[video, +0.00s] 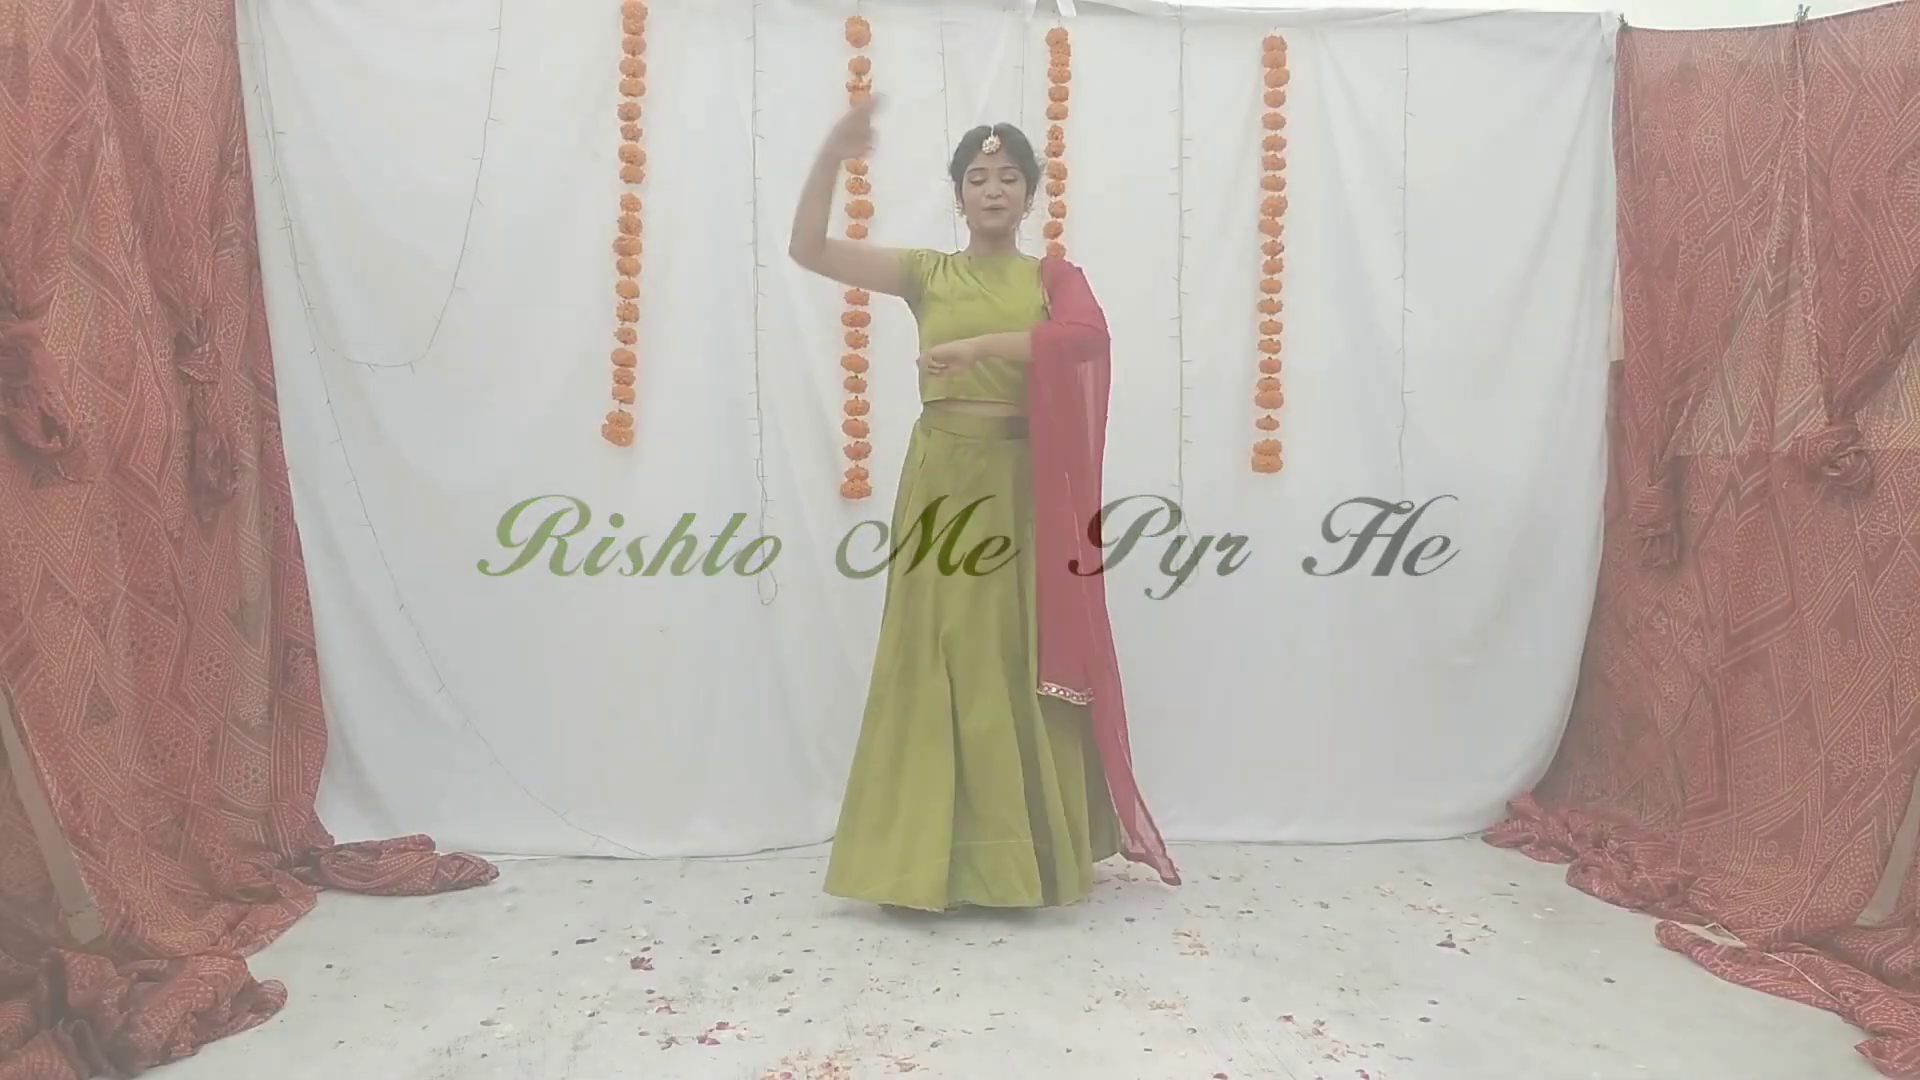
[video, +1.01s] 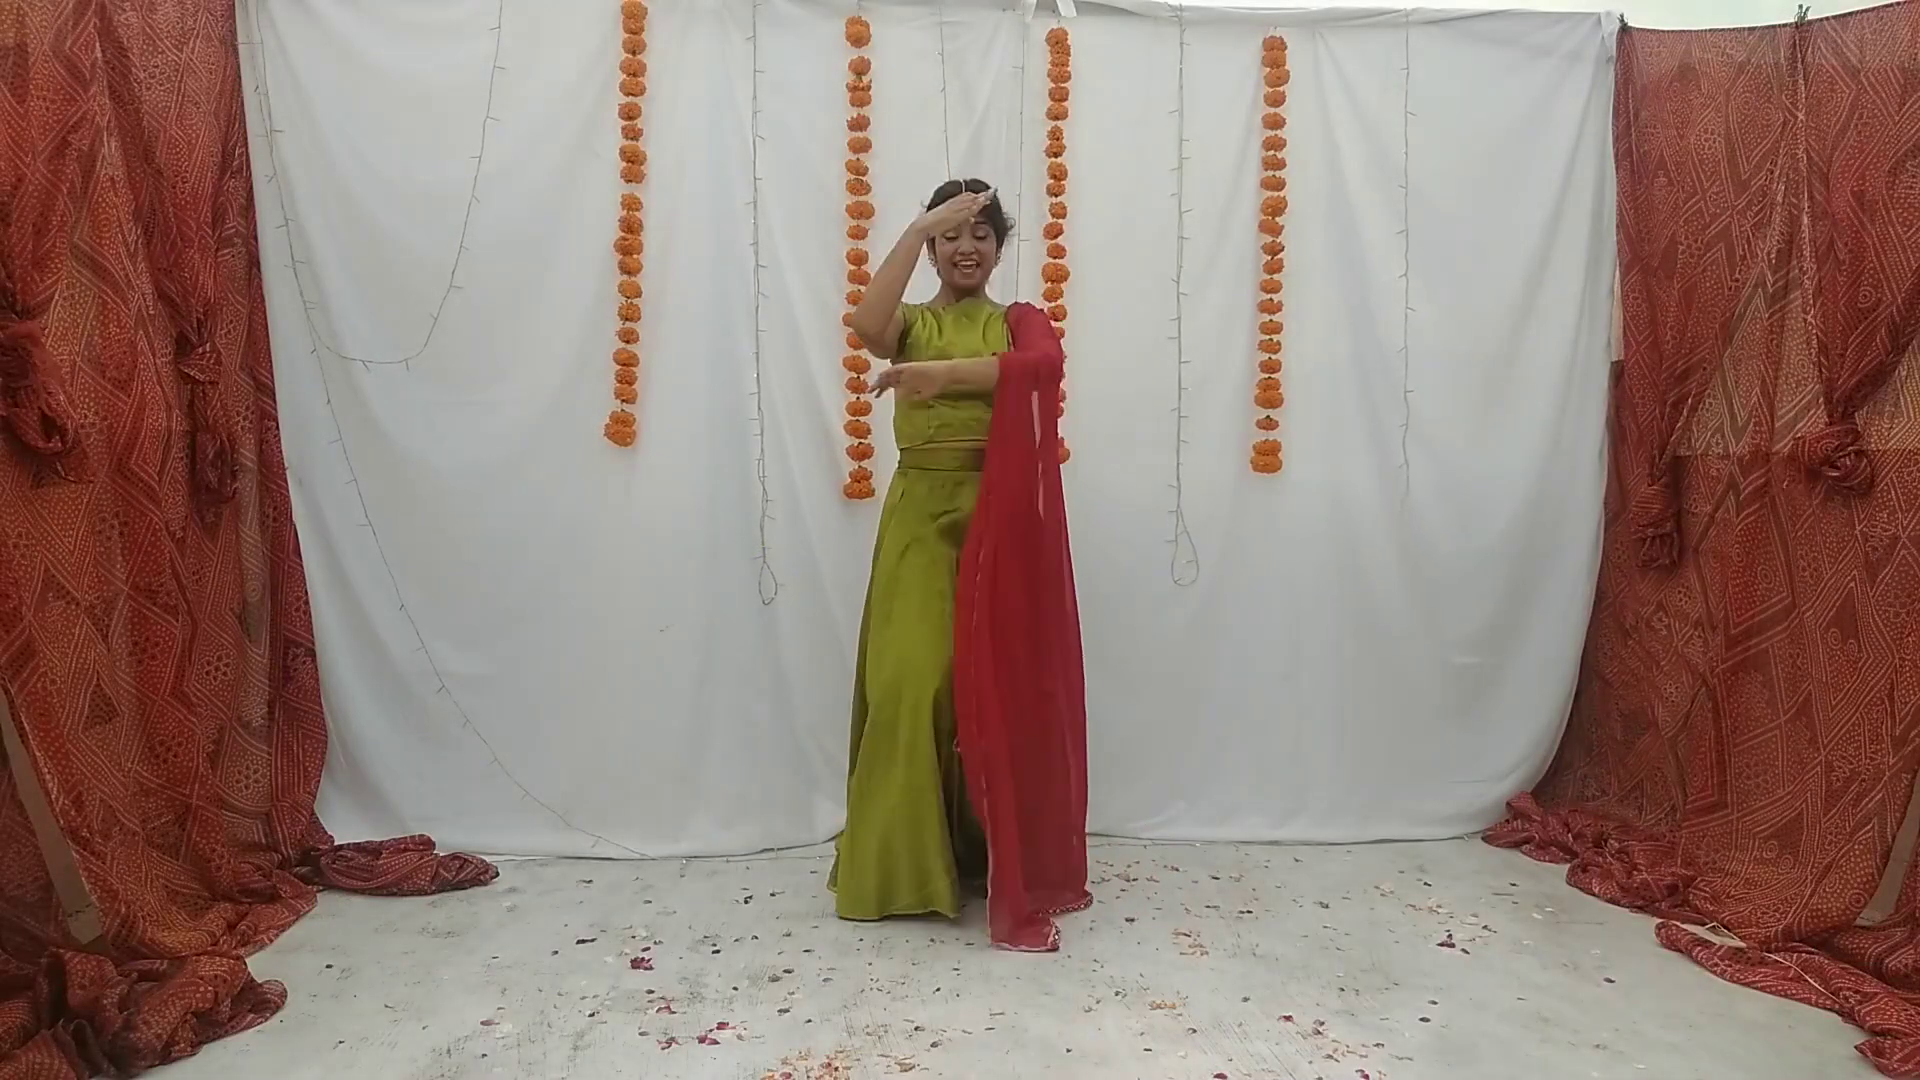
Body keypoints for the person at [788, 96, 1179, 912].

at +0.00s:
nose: (993, 189)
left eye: (1007, 177)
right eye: (979, 176)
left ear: (1029, 194)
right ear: (958, 192)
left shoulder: (1052, 278)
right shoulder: (928, 272)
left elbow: (1089, 341)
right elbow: (810, 248)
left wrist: (981, 348)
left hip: (1025, 475)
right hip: (941, 473)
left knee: (1019, 660)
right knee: (937, 658)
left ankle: (1021, 858)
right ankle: (929, 861)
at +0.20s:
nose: (988, 214)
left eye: (1002, 202)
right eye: (974, 202)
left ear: (1025, 215)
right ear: (954, 215)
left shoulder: (1044, 301)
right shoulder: (930, 286)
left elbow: (1039, 370)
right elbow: (879, 303)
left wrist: (941, 352)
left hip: (1019, 503)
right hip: (937, 501)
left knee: (1013, 679)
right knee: (929, 679)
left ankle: (1018, 864)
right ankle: (926, 868)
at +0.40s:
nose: (987, 236)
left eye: (1003, 224)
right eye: (974, 223)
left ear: (1023, 238)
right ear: (954, 232)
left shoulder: (1040, 314)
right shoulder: (933, 312)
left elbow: (1041, 368)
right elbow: (907, 297)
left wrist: (942, 340)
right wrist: (945, 200)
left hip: (1016, 516)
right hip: (936, 514)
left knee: (1012, 685)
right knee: (927, 686)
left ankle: (1008, 866)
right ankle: (920, 869)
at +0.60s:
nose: (985, 175)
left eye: (999, 164)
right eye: (971, 163)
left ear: (1019, 180)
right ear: (947, 181)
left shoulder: (1037, 262)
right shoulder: (922, 260)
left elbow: (1034, 305)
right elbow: (875, 226)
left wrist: (933, 264)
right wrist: (847, 138)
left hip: (1005, 465)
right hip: (926, 458)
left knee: (996, 648)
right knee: (923, 650)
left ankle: (990, 847)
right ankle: (923, 853)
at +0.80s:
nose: (971, 187)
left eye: (986, 176)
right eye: (956, 176)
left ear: (1006, 192)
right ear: (936, 193)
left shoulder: (1022, 275)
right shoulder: (913, 272)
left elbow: (1030, 326)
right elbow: (879, 250)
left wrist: (928, 285)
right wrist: (870, 148)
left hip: (1001, 477)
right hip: (924, 469)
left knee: (1001, 654)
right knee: (917, 658)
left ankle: (1002, 847)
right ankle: (912, 858)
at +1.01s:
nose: (968, 247)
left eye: (982, 234)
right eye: (954, 235)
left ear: (999, 245)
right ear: (931, 248)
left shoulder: (1018, 321)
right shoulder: (907, 322)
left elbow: (1041, 364)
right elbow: (871, 326)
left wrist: (946, 375)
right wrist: (915, 234)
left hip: (1001, 515)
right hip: (920, 511)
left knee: (1001, 679)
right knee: (912, 678)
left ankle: (1006, 861)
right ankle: (903, 870)